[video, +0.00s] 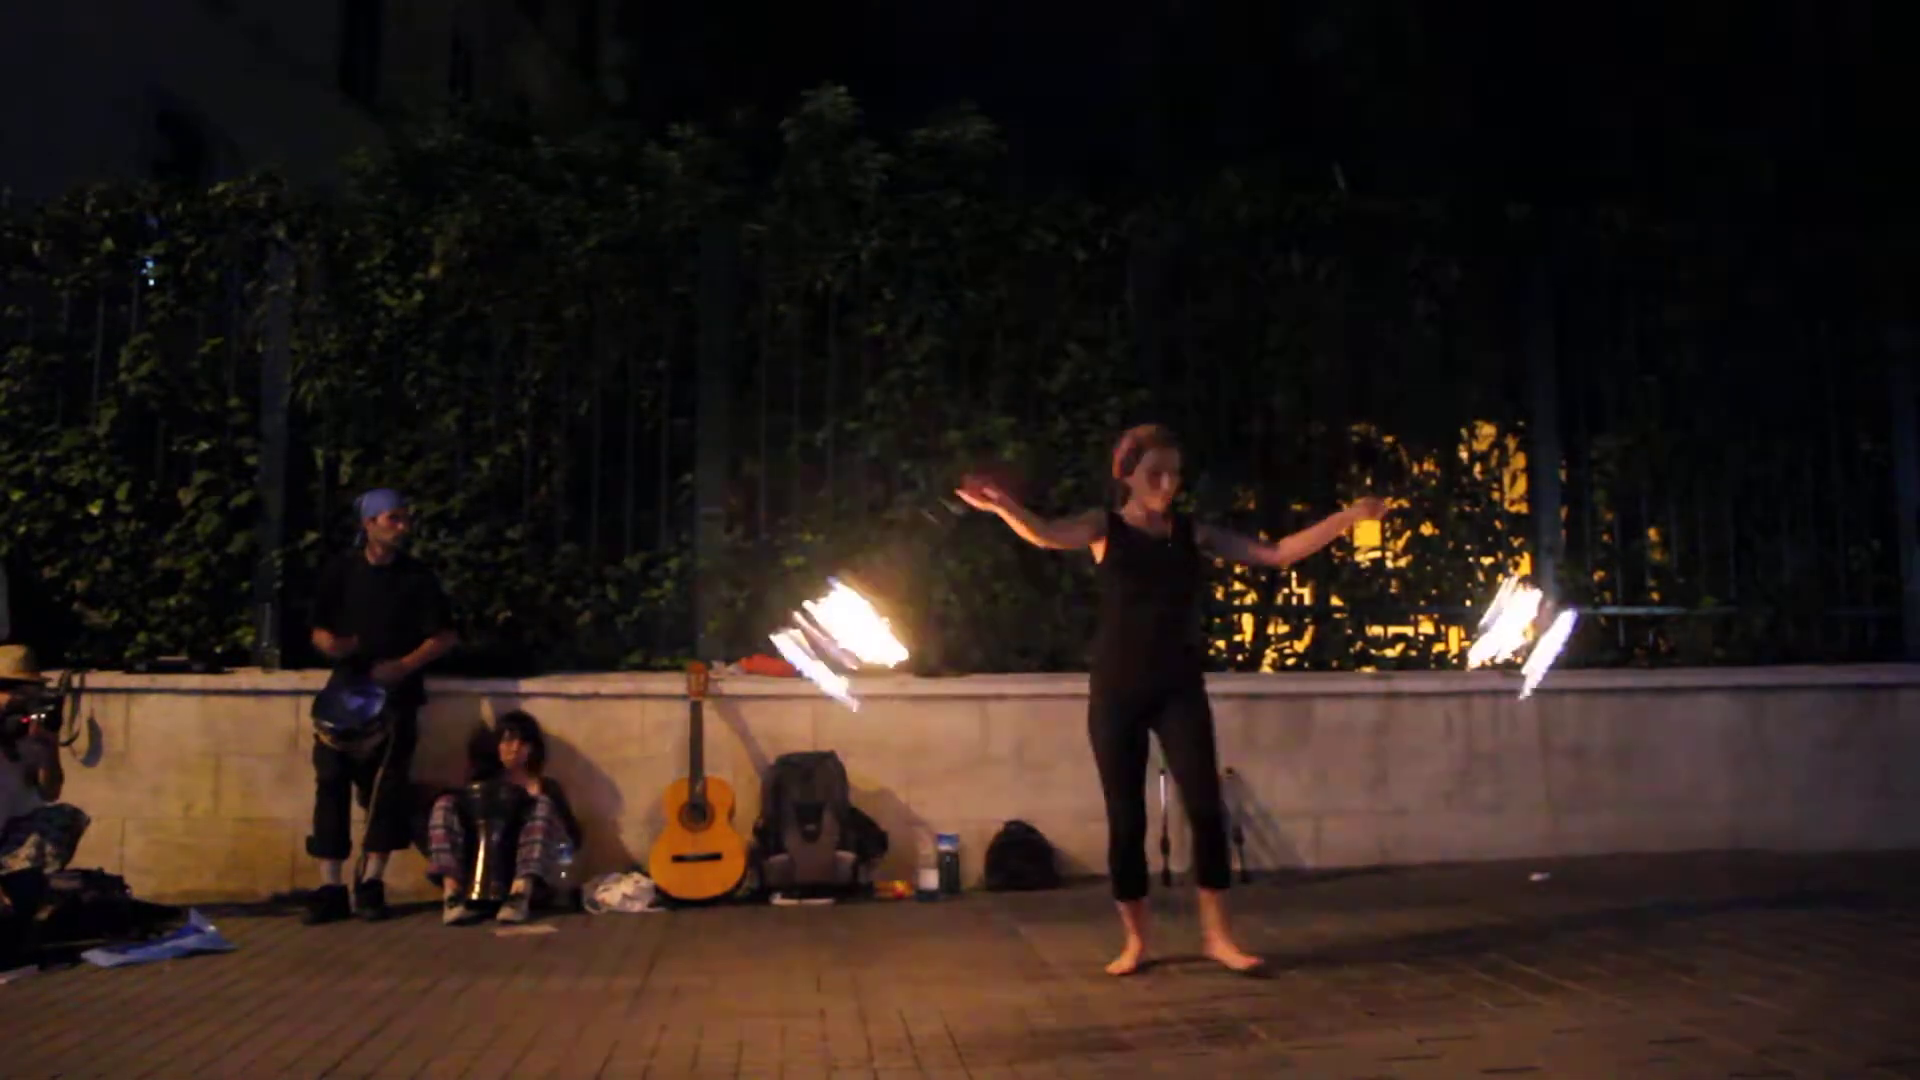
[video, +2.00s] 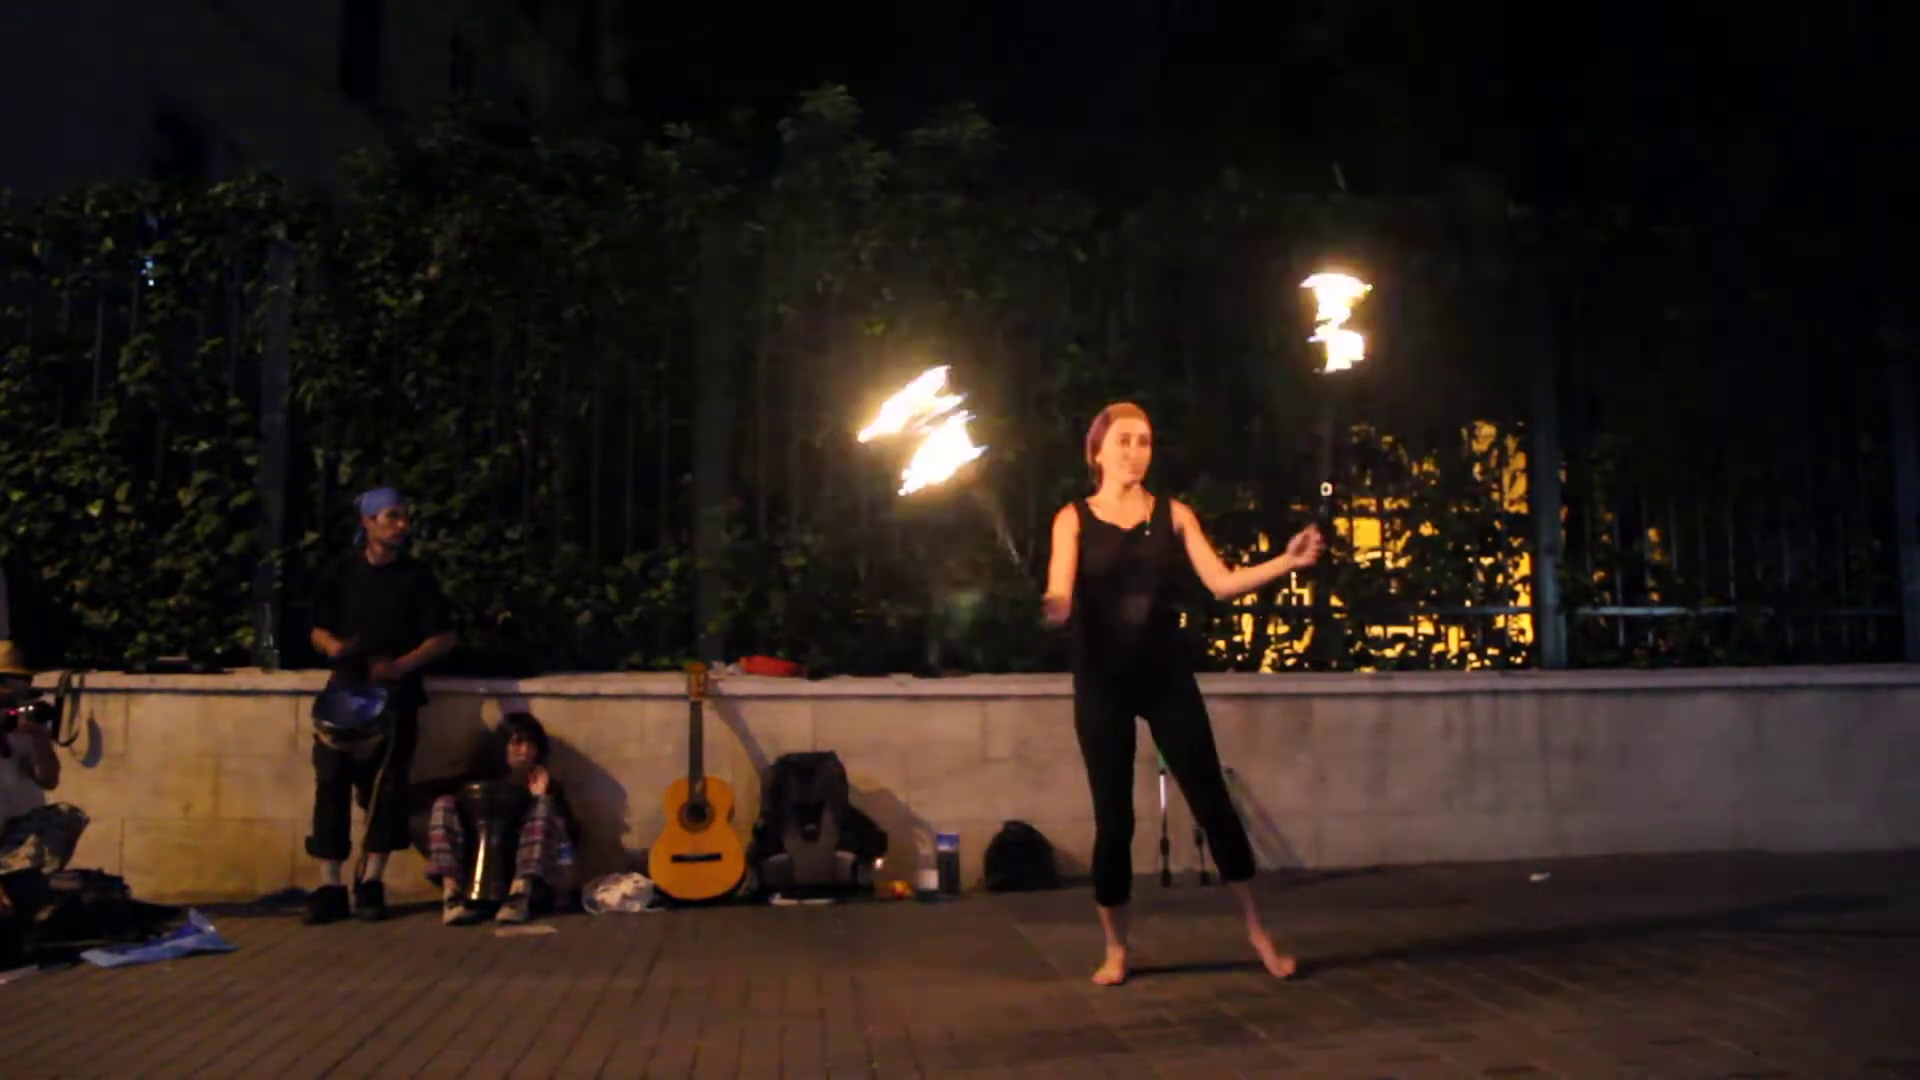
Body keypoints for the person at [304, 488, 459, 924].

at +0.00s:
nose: (402, 526)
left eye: (404, 519)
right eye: (393, 519)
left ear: (405, 525)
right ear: (369, 524)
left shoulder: (417, 576)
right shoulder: (341, 572)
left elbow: (445, 637)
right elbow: (318, 631)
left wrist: (402, 666)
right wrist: (336, 645)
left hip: (396, 693)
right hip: (346, 690)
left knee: (388, 783)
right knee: (331, 781)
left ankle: (371, 881)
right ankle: (331, 883)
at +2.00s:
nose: (402, 526)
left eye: (405, 518)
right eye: (393, 518)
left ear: (407, 524)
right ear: (368, 522)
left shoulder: (417, 575)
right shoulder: (341, 571)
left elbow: (444, 637)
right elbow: (317, 629)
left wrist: (399, 666)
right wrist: (339, 649)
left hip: (396, 693)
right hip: (345, 690)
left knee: (388, 785)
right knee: (331, 783)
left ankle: (371, 881)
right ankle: (330, 883)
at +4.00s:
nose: (402, 524)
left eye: (404, 517)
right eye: (393, 517)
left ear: (405, 523)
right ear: (368, 521)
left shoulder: (417, 573)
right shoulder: (342, 571)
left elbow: (444, 635)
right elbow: (317, 631)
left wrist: (402, 670)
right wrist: (337, 645)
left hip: (395, 692)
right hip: (345, 688)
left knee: (387, 785)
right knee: (331, 782)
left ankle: (370, 881)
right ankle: (330, 883)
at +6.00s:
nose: (392, 524)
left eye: (398, 517)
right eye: (383, 517)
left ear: (405, 523)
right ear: (365, 523)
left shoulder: (417, 575)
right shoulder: (340, 572)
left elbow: (442, 636)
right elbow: (315, 626)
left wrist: (405, 653)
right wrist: (339, 659)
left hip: (396, 693)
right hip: (345, 690)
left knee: (389, 783)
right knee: (331, 782)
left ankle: (371, 881)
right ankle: (330, 883)